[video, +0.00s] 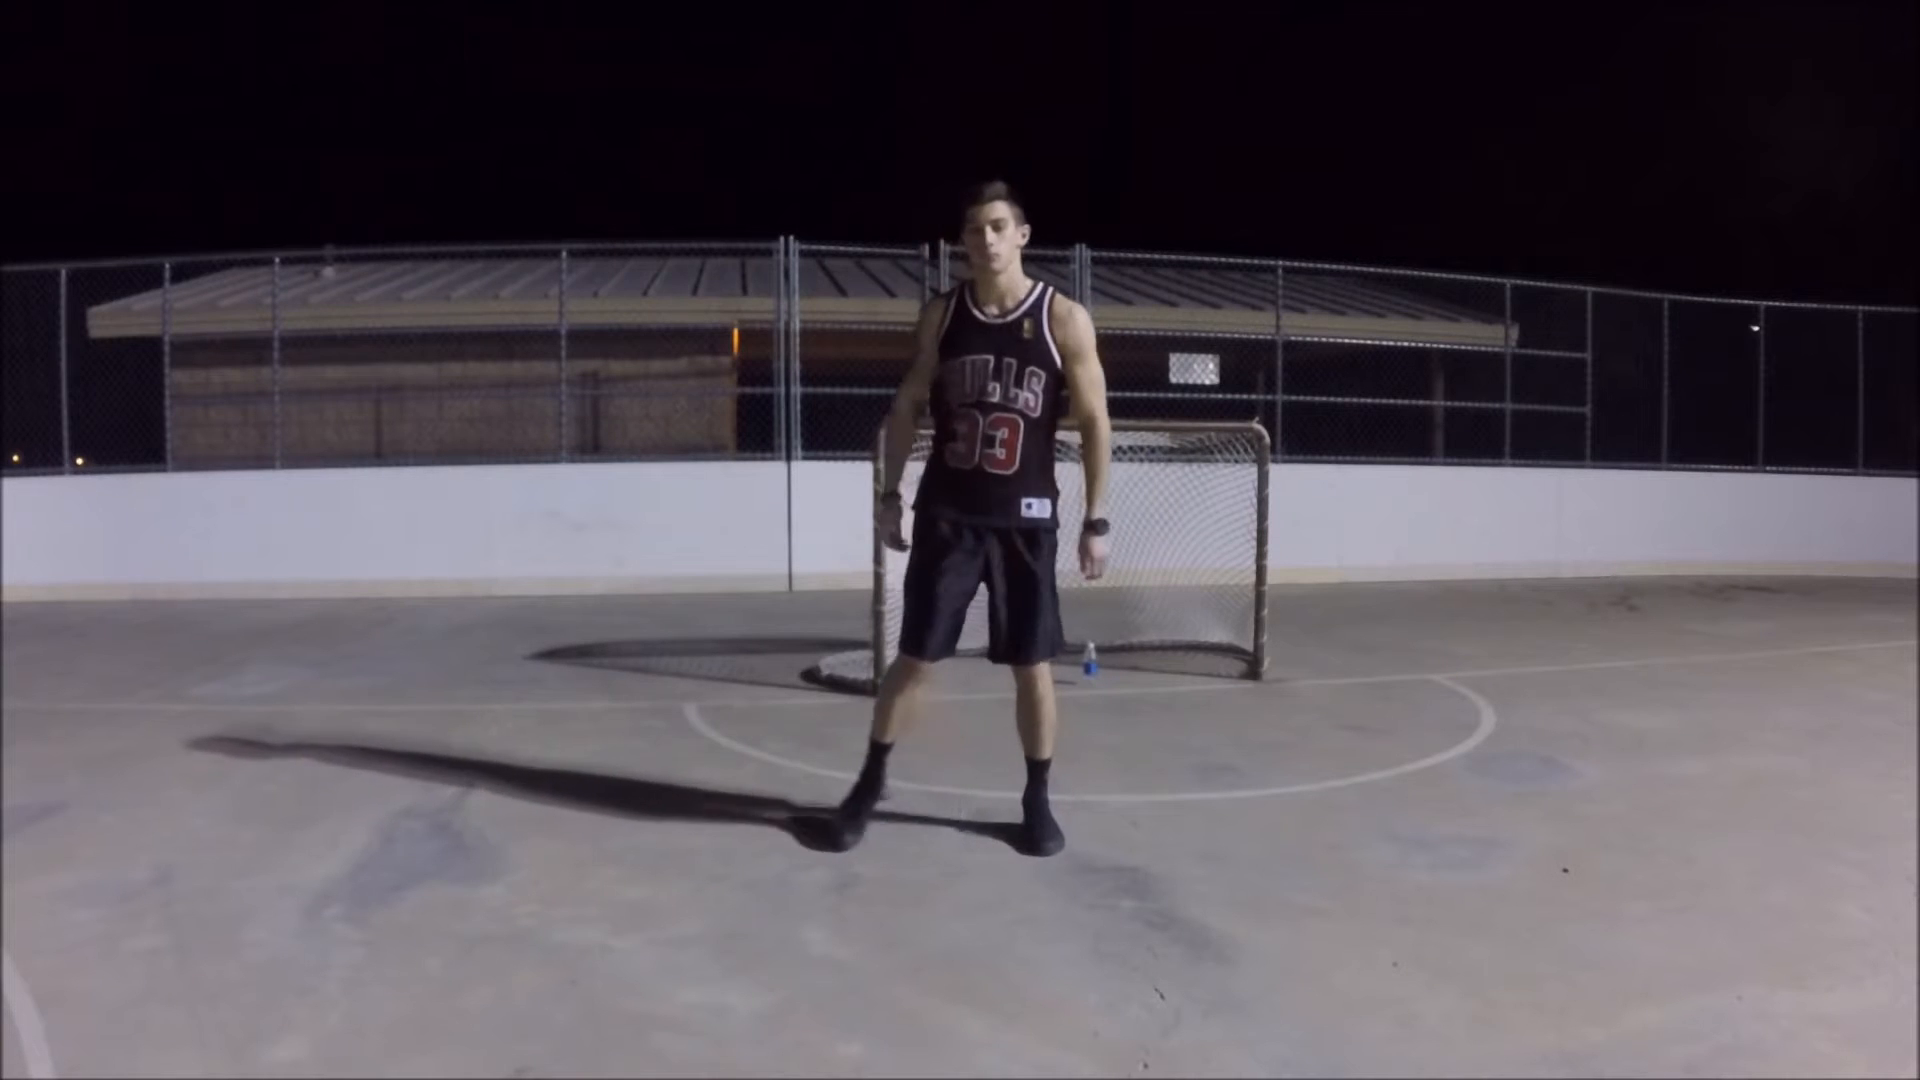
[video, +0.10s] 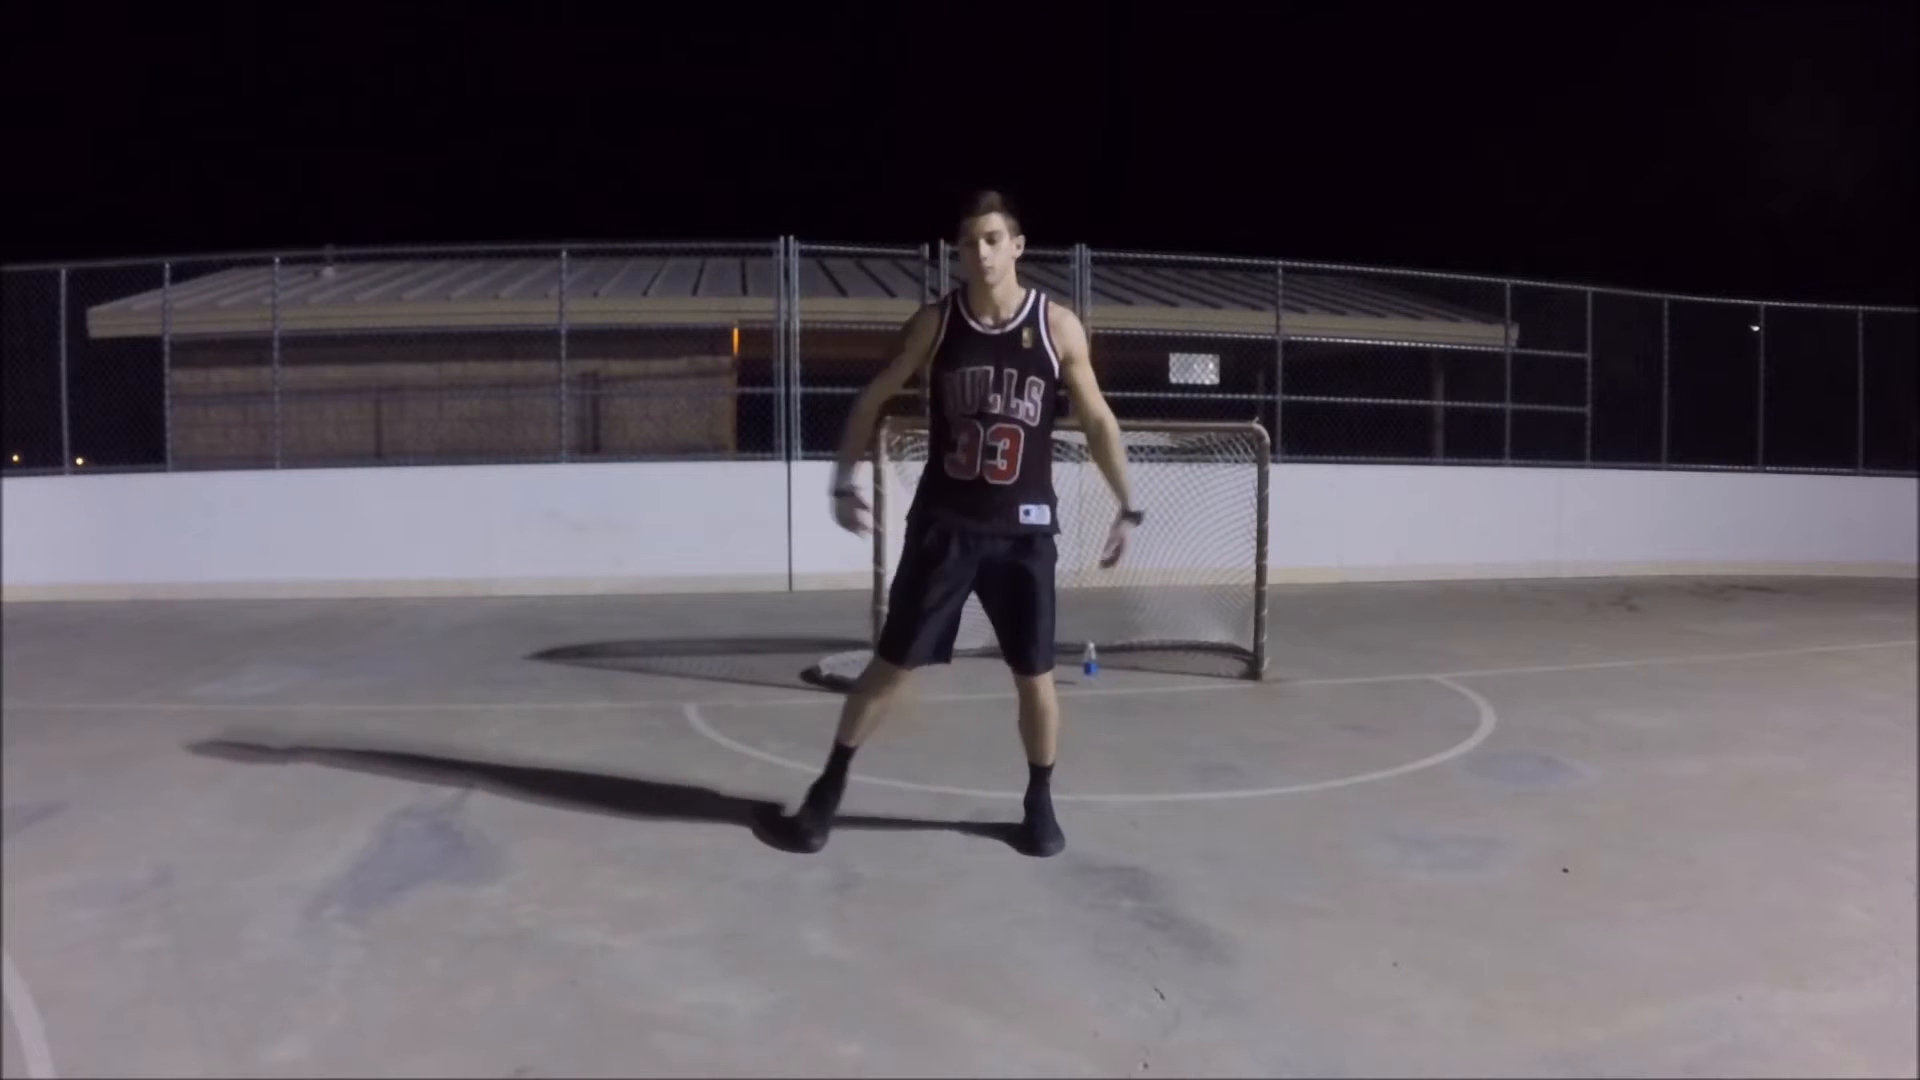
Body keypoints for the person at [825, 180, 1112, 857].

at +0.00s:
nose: (986, 239)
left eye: (997, 226)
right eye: (975, 230)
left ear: (1023, 235)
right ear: (960, 244)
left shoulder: (1064, 318)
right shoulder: (942, 316)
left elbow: (1094, 421)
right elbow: (908, 406)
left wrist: (1095, 520)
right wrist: (888, 490)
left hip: (1026, 523)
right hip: (947, 516)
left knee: (1032, 664)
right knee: (913, 658)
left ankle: (1038, 803)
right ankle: (867, 786)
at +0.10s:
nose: (980, 251)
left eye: (992, 239)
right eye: (970, 242)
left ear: (1018, 246)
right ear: (958, 252)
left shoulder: (1058, 325)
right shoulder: (936, 322)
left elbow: (1097, 419)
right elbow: (872, 397)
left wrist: (1127, 505)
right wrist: (845, 478)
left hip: (1024, 531)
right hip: (943, 527)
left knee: (1035, 674)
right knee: (891, 664)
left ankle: (1040, 803)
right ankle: (828, 789)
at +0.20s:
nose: (973, 268)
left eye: (985, 257)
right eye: (963, 257)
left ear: (1007, 261)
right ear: (949, 262)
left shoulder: (1045, 332)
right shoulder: (920, 329)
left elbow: (1122, 395)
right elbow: (838, 372)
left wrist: (1187, 442)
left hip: (1017, 540)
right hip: (932, 538)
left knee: (1039, 682)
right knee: (869, 674)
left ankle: (1040, 805)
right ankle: (804, 788)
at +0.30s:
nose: (964, 260)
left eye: (973, 246)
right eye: (952, 248)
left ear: (995, 237)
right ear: (933, 244)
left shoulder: (1032, 299)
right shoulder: (904, 301)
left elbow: (1128, 325)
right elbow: (802, 328)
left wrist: (1223, 326)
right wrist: (720, 307)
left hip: (997, 513)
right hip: (915, 510)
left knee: (1015, 656)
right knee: (874, 655)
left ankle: (1032, 799)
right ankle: (808, 777)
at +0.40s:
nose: (950, 256)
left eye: (961, 242)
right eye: (939, 244)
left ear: (978, 226)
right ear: (918, 232)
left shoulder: (1011, 271)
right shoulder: (883, 277)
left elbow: (1108, 258)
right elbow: (774, 282)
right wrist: (730, 224)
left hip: (976, 486)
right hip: (901, 487)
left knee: (971, 641)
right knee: (892, 641)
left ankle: (954, 775)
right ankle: (858, 785)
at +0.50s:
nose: (934, 272)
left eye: (942, 257)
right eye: (920, 261)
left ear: (963, 238)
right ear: (899, 247)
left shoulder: (995, 282)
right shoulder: (869, 286)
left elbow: (1090, 245)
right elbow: (770, 283)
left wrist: (1138, 169)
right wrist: (749, 203)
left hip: (955, 496)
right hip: (885, 498)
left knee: (902, 653)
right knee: (925, 656)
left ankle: (849, 778)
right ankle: (969, 807)